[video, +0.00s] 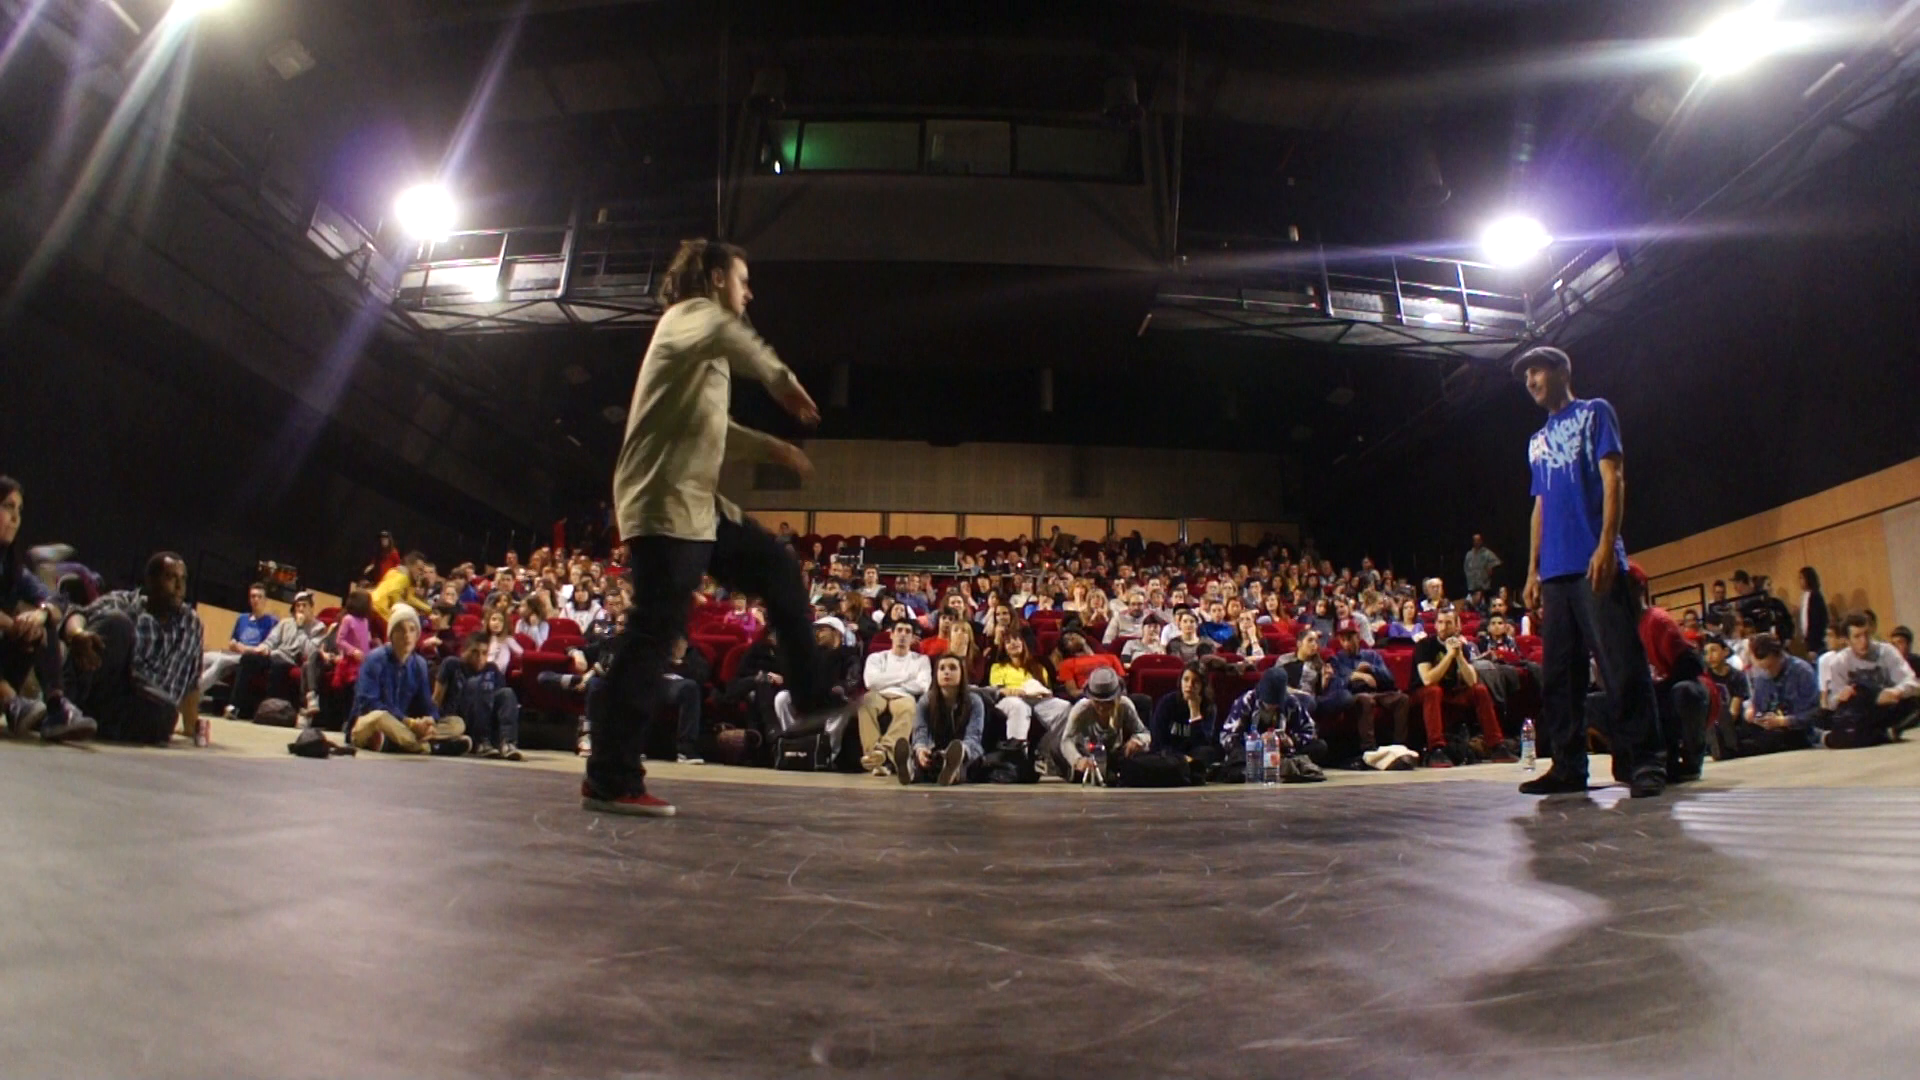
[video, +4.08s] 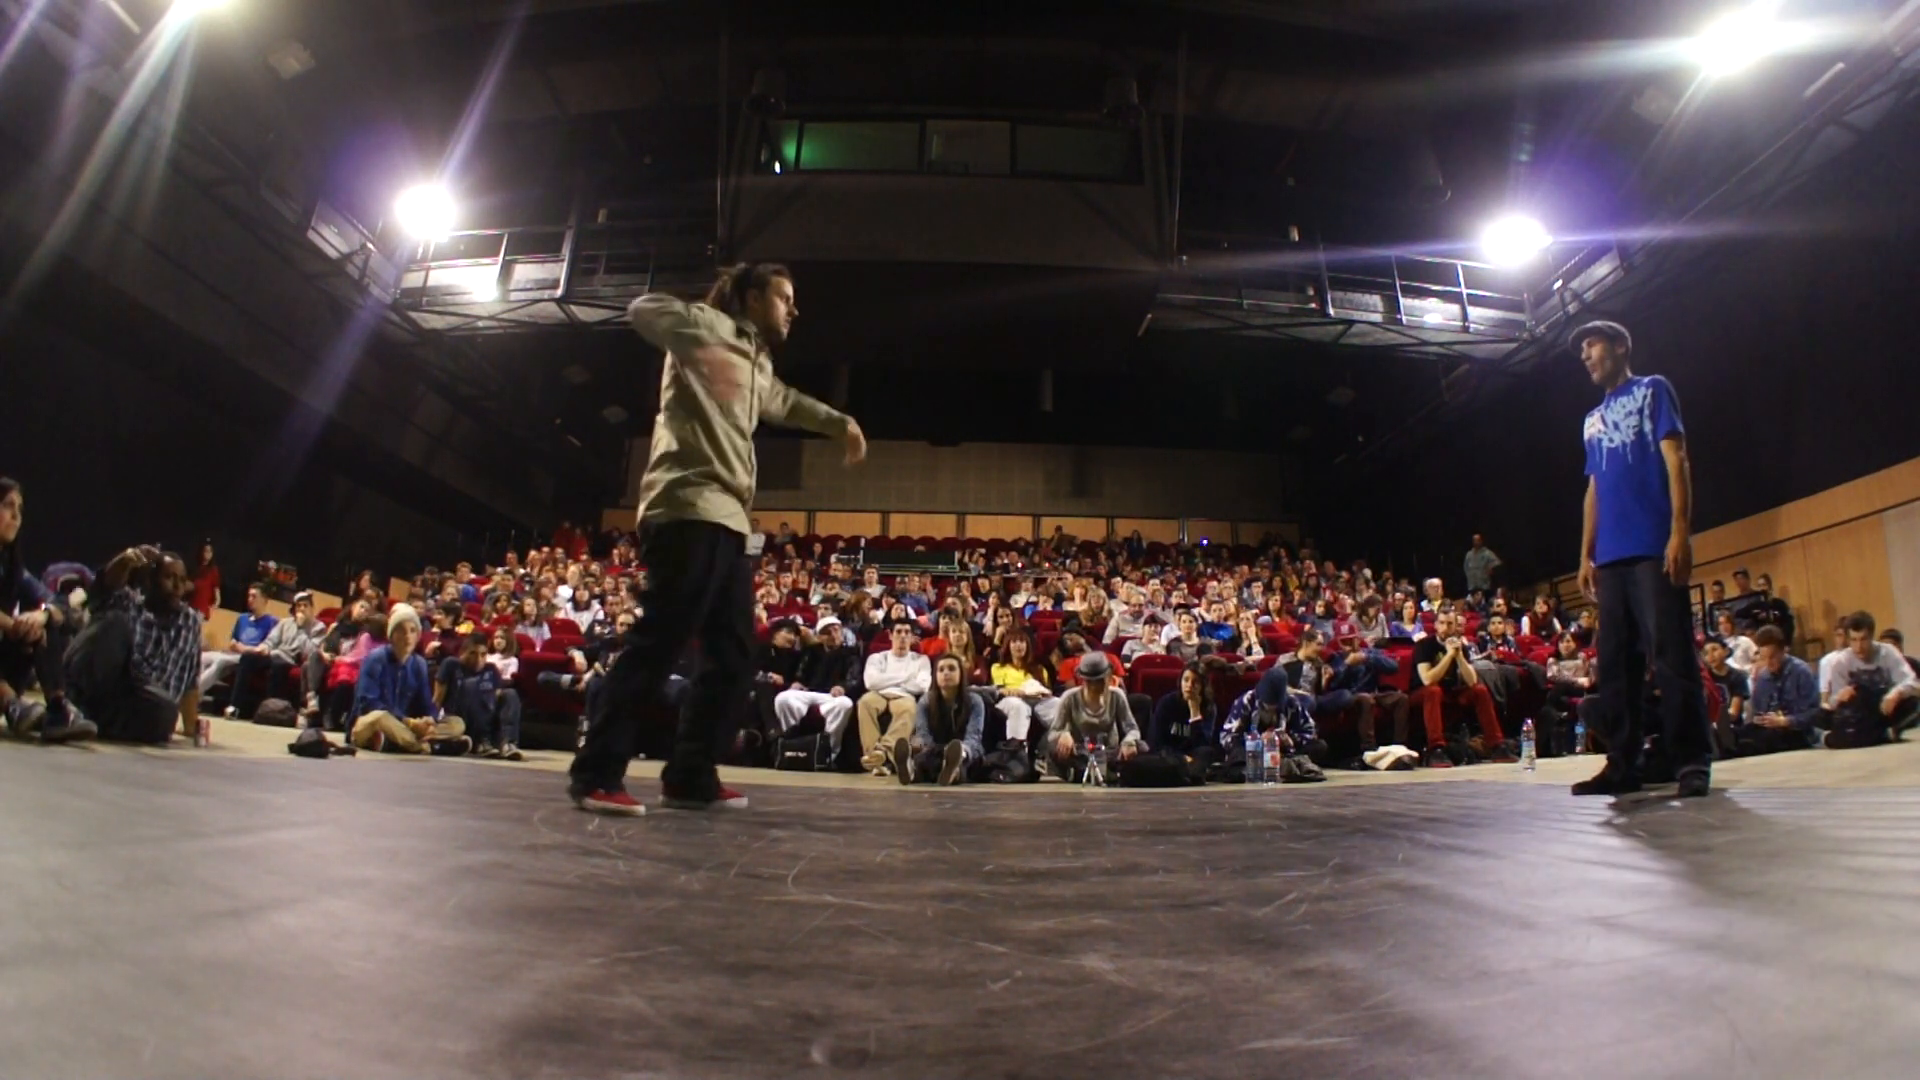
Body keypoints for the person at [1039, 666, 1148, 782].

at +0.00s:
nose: (1102, 707)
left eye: (1108, 702)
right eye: (1097, 703)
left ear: (1117, 696)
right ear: (1090, 697)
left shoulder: (1125, 705)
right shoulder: (1080, 708)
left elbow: (1144, 733)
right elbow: (1066, 741)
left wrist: (1137, 741)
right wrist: (1078, 761)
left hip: (1115, 754)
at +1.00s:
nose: (1101, 706)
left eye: (1107, 702)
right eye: (1097, 701)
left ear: (1117, 696)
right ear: (1090, 695)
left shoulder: (1125, 704)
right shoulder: (1079, 707)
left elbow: (1143, 734)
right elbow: (1054, 735)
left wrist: (1138, 743)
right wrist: (1067, 755)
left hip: (1112, 754)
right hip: (1082, 755)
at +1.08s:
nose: (1102, 705)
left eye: (1108, 700)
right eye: (1097, 700)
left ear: (1117, 694)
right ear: (1091, 694)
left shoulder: (1125, 704)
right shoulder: (1081, 704)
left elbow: (1142, 734)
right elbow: (1048, 733)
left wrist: (1138, 742)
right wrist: (1063, 748)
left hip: (1114, 755)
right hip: (1085, 756)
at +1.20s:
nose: (1102, 701)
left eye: (1107, 696)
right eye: (1097, 696)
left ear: (1116, 691)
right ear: (1090, 691)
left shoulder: (1124, 702)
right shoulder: (1080, 702)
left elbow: (1142, 734)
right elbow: (1042, 727)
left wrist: (1137, 742)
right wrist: (1061, 735)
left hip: (1112, 757)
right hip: (1081, 757)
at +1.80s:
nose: (1096, 689)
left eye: (1101, 684)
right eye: (1091, 684)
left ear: (1109, 680)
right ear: (1085, 682)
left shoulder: (1118, 696)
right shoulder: (1071, 697)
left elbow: (1129, 727)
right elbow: (1056, 729)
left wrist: (1137, 734)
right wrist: (1061, 733)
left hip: (1111, 750)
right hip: (1080, 750)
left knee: (1137, 747)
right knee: (1056, 743)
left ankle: (1082, 772)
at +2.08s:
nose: (1095, 690)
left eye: (1099, 684)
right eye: (1089, 685)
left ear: (1107, 680)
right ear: (1083, 683)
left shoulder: (1118, 696)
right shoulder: (1071, 697)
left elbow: (1131, 727)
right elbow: (1056, 730)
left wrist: (1134, 740)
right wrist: (1062, 735)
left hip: (1112, 753)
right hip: (1080, 754)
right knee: (1058, 750)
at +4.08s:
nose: (1094, 687)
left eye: (1099, 681)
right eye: (1089, 682)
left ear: (1108, 678)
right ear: (1083, 679)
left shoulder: (1117, 696)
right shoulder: (1069, 698)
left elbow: (1132, 729)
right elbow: (1052, 735)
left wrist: (1129, 741)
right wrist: (1063, 734)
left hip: (1109, 753)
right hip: (1078, 755)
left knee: (1140, 748)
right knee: (1055, 747)